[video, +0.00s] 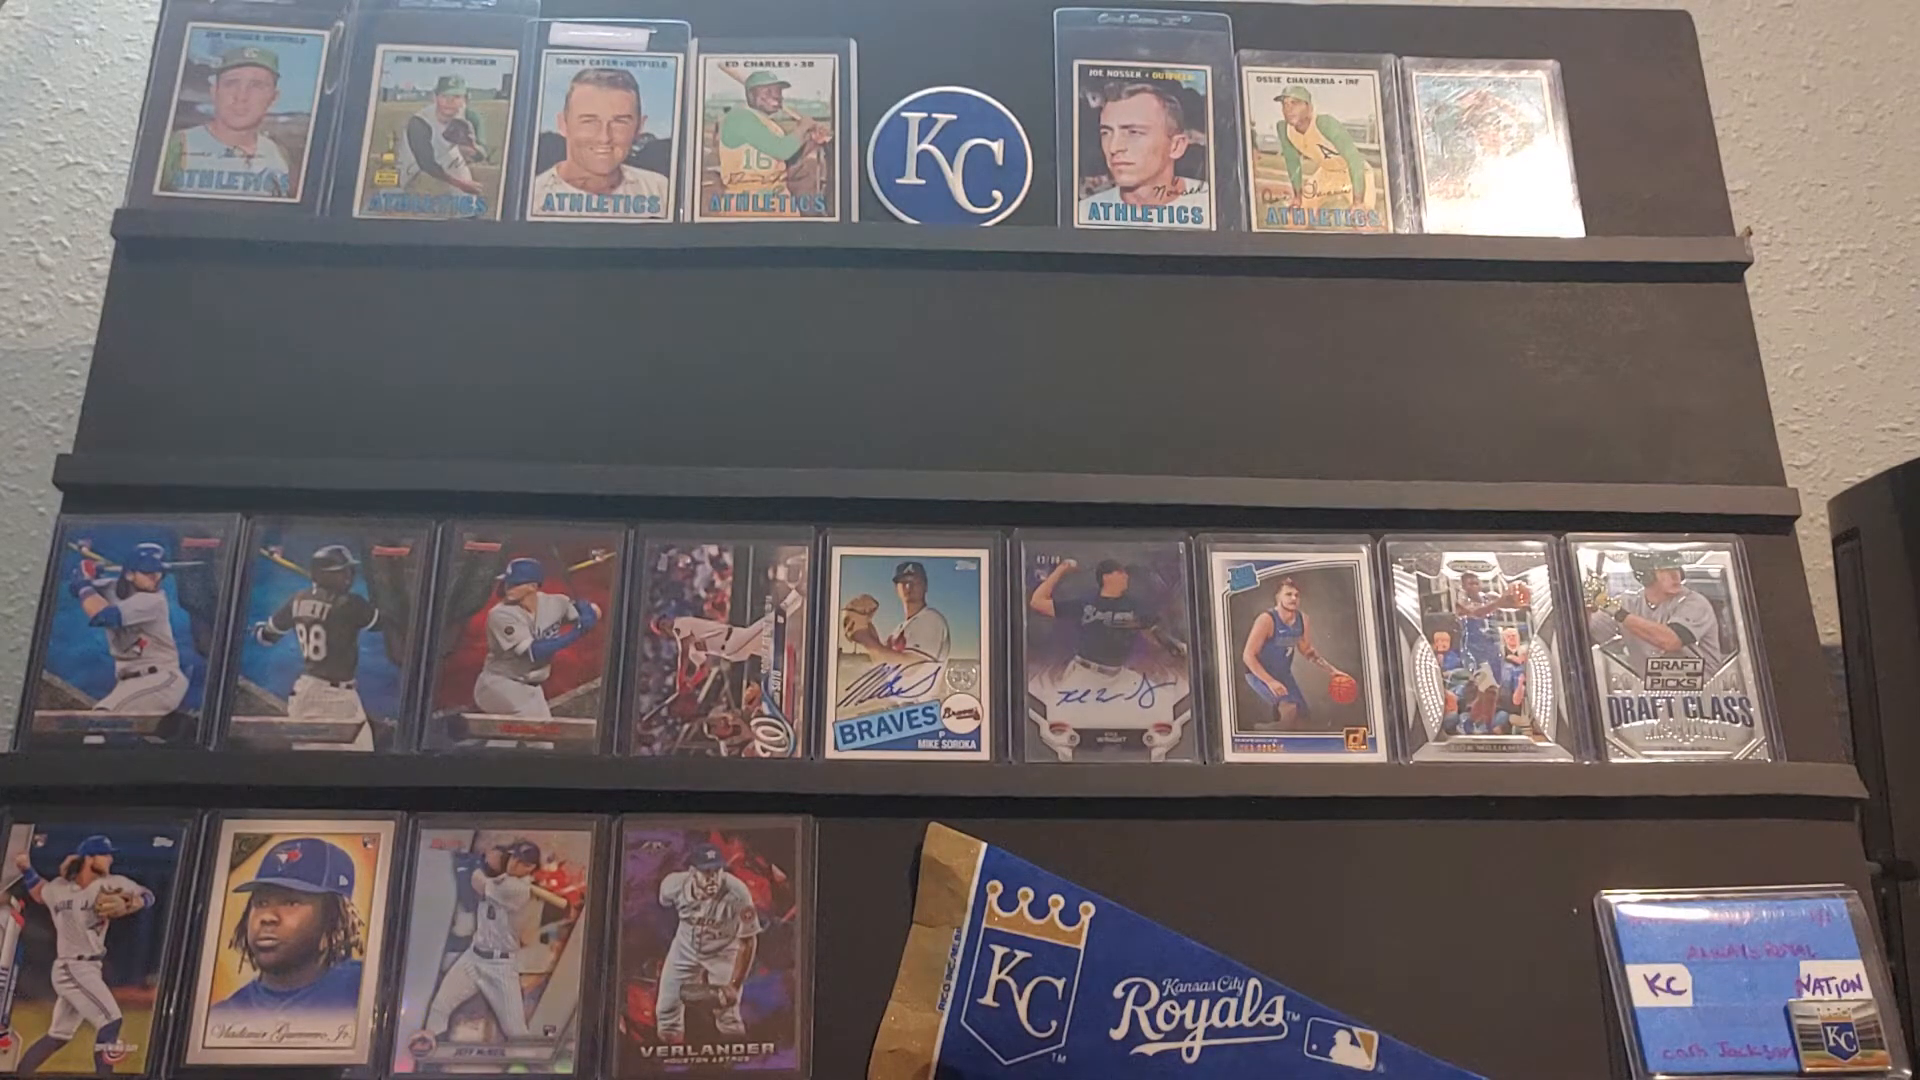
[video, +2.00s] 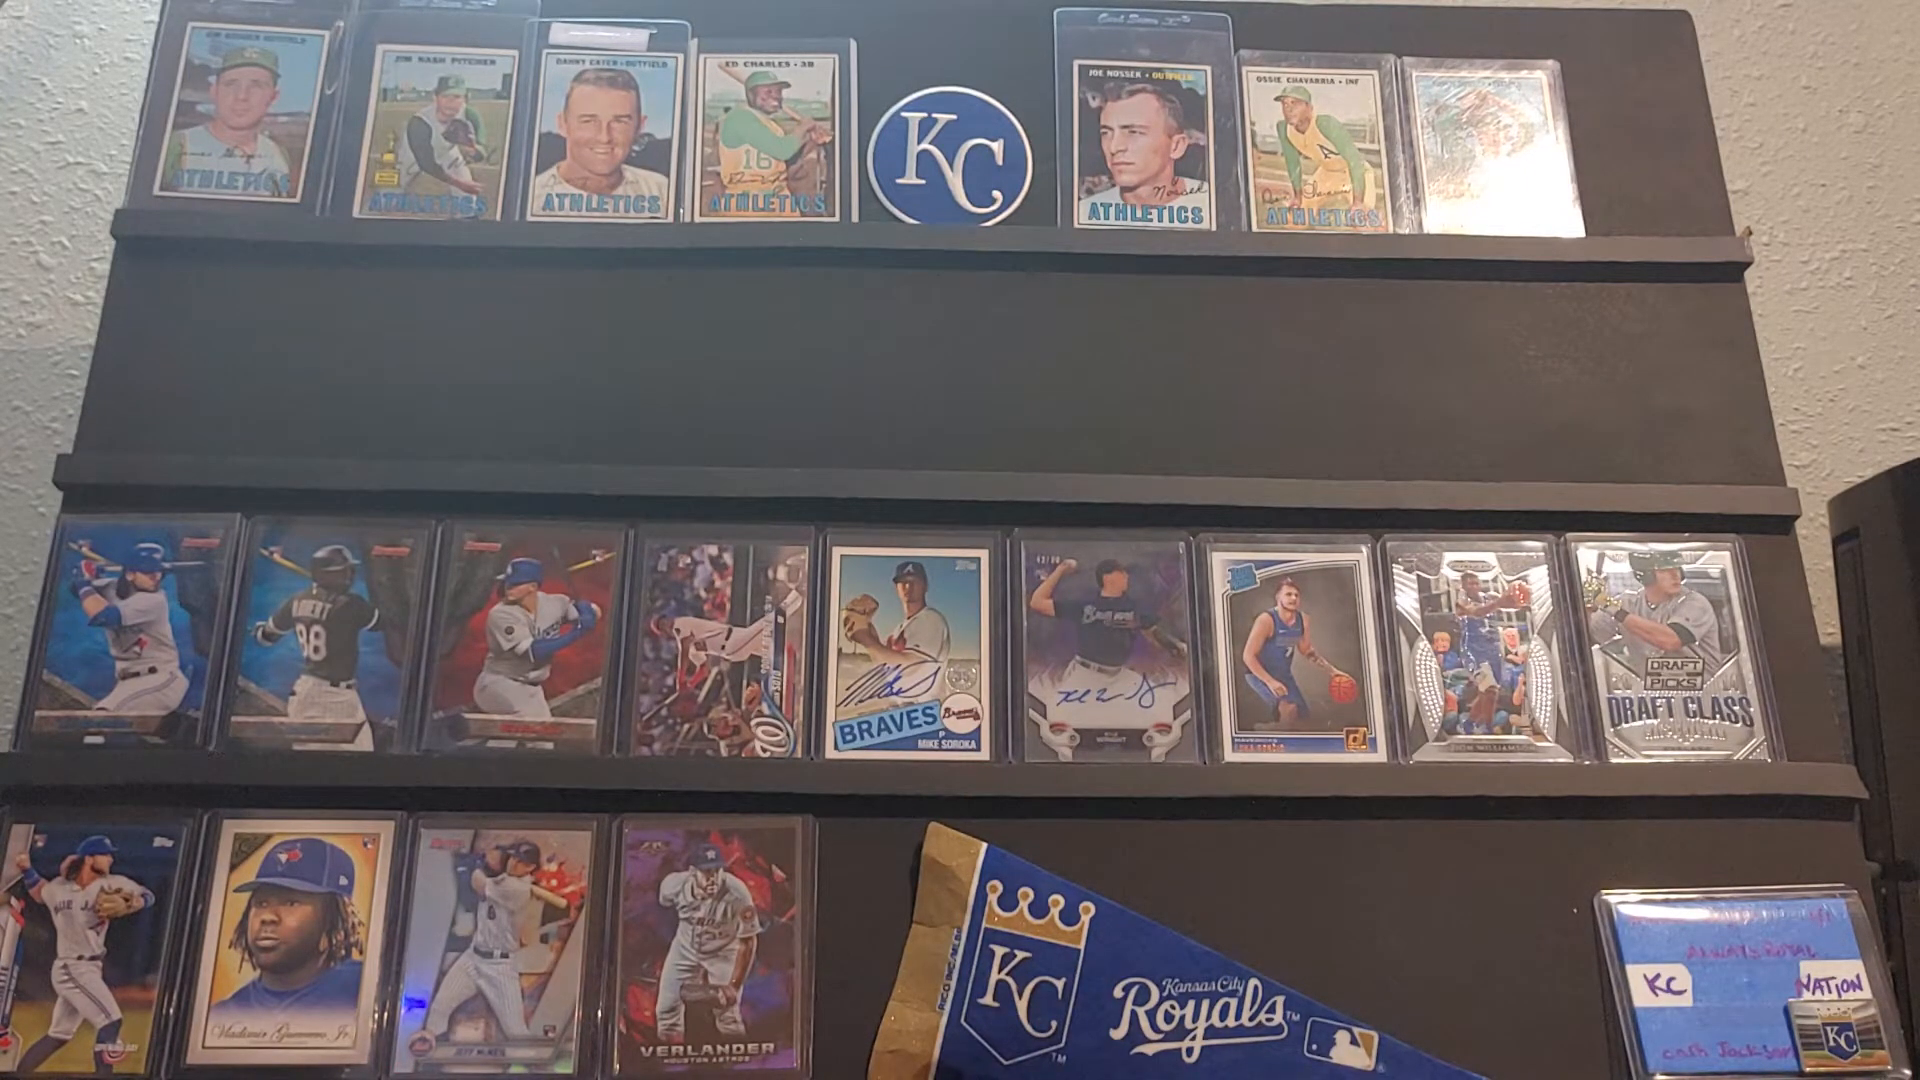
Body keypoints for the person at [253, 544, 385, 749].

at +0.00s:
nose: (350, 577)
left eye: (350, 572)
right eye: (346, 572)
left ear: (319, 575)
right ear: (335, 575)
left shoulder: (299, 600)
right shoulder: (351, 605)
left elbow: (267, 637)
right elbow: (388, 622)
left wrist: (259, 630)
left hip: (305, 694)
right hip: (342, 699)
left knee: (307, 767)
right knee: (360, 768)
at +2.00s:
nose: (352, 576)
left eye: (351, 571)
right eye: (349, 571)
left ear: (319, 574)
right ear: (338, 575)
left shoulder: (298, 601)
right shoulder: (351, 605)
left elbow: (267, 637)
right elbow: (386, 622)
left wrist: (259, 630)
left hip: (305, 693)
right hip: (341, 697)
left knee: (307, 764)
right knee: (359, 766)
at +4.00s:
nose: (351, 577)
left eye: (350, 572)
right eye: (347, 572)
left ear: (320, 574)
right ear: (336, 575)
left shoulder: (299, 600)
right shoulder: (350, 605)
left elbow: (267, 637)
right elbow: (386, 620)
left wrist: (260, 630)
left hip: (305, 694)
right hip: (340, 699)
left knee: (307, 766)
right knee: (359, 768)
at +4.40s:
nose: (351, 577)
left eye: (351, 571)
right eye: (347, 571)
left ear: (320, 574)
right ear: (335, 574)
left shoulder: (298, 601)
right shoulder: (351, 604)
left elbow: (268, 637)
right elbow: (386, 621)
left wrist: (259, 630)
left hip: (305, 693)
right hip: (340, 697)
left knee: (306, 765)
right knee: (360, 766)